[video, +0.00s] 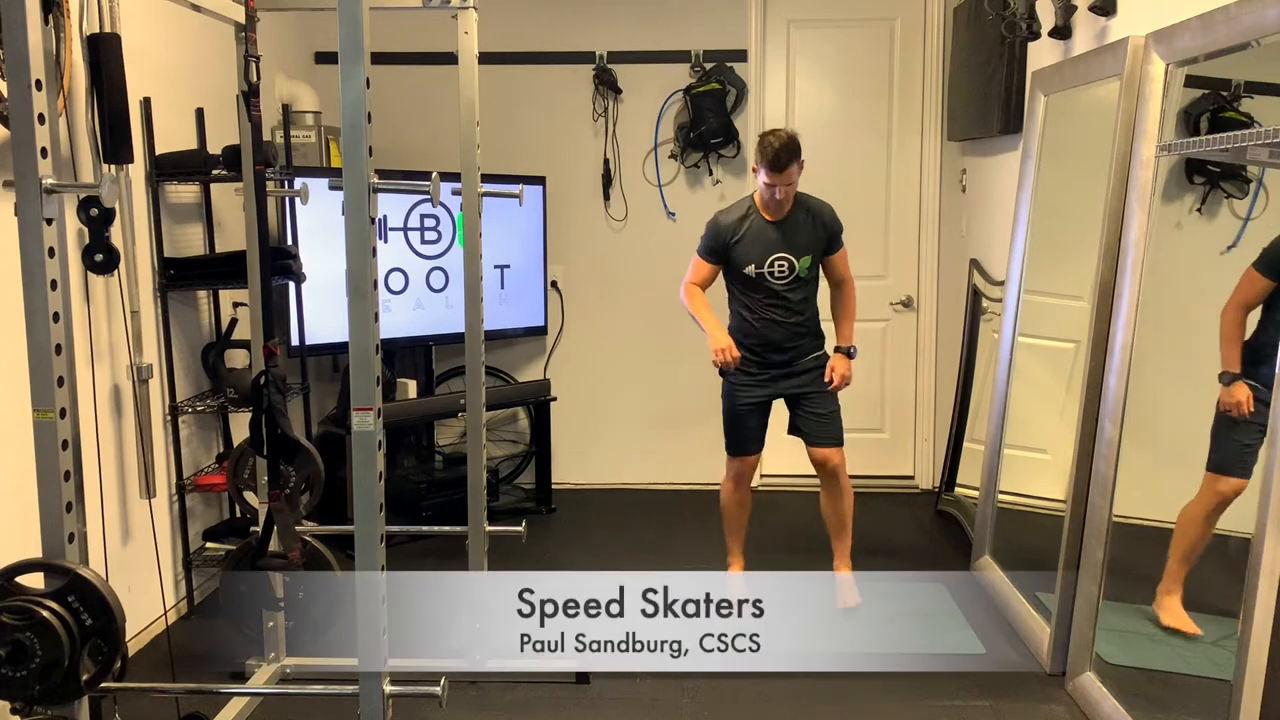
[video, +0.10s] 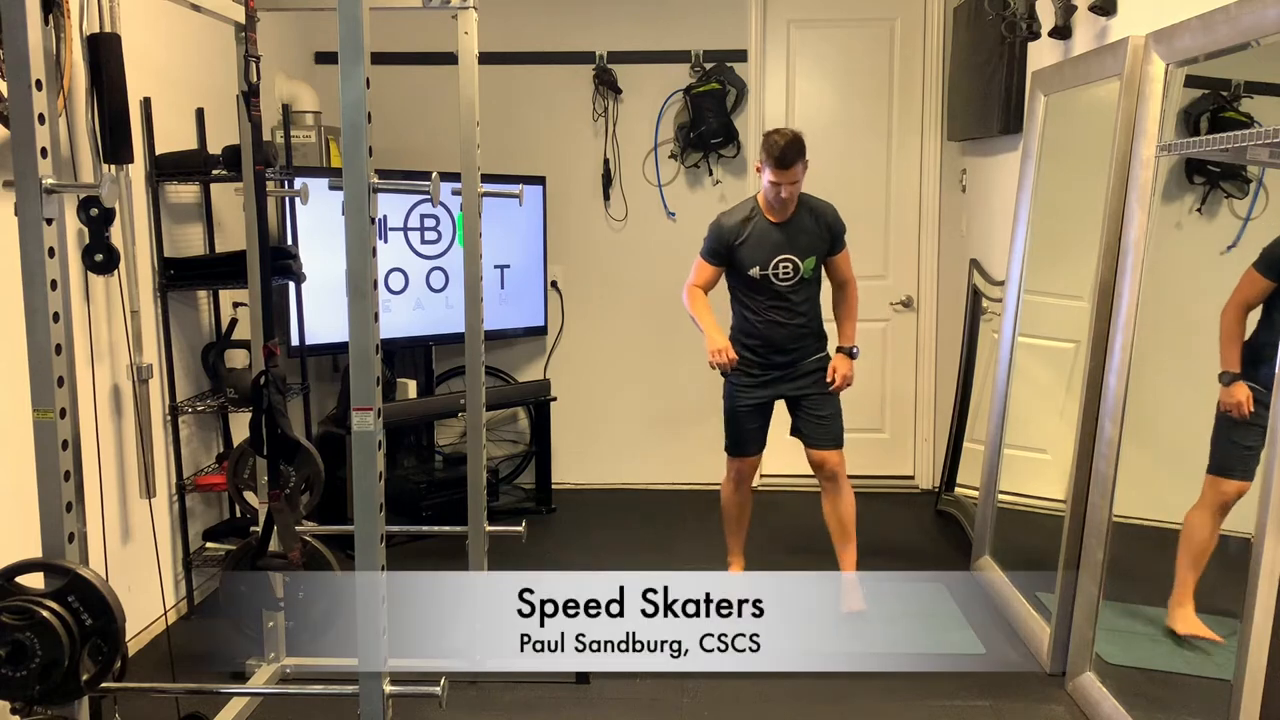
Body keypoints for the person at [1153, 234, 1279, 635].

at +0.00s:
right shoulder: (1279, 249)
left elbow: (1236, 306)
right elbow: (1236, 307)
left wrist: (1235, 377)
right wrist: (1231, 378)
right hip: (1257, 387)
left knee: (1222, 488)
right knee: (1224, 484)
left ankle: (1259, 618)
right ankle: (1168, 594)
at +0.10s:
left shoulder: (1275, 254)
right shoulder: (1278, 252)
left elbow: (1235, 307)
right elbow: (1235, 308)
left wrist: (1234, 378)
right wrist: (1231, 378)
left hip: (1266, 398)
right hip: (1257, 391)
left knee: (1222, 493)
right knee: (1223, 489)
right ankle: (1180, 604)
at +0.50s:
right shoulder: (1270, 270)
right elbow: (1209, 331)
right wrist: (1211, 408)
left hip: (1265, 406)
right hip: (1221, 393)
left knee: (1274, 501)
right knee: (1214, 495)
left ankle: (1244, 592)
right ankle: (1181, 617)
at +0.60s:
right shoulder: (1270, 278)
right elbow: (1206, 345)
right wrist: (1215, 421)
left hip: (1263, 402)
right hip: (1219, 389)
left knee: (1265, 505)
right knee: (1213, 499)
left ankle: (1206, 572)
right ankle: (1180, 619)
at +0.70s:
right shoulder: (1269, 287)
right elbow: (1207, 362)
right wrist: (1230, 428)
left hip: (1258, 398)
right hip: (1215, 388)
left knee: (1243, 514)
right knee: (1216, 504)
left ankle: (1160, 547)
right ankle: (1182, 619)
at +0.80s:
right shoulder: (1269, 300)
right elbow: (1214, 375)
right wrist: (1248, 426)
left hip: (1256, 410)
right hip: (1212, 398)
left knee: (1236, 514)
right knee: (1219, 506)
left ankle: (1132, 539)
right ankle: (1182, 620)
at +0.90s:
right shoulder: (1271, 312)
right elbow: (1222, 387)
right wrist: (1266, 422)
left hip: (1250, 417)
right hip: (1210, 404)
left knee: (1231, 512)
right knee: (1223, 506)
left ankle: (1117, 537)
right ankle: (1182, 620)